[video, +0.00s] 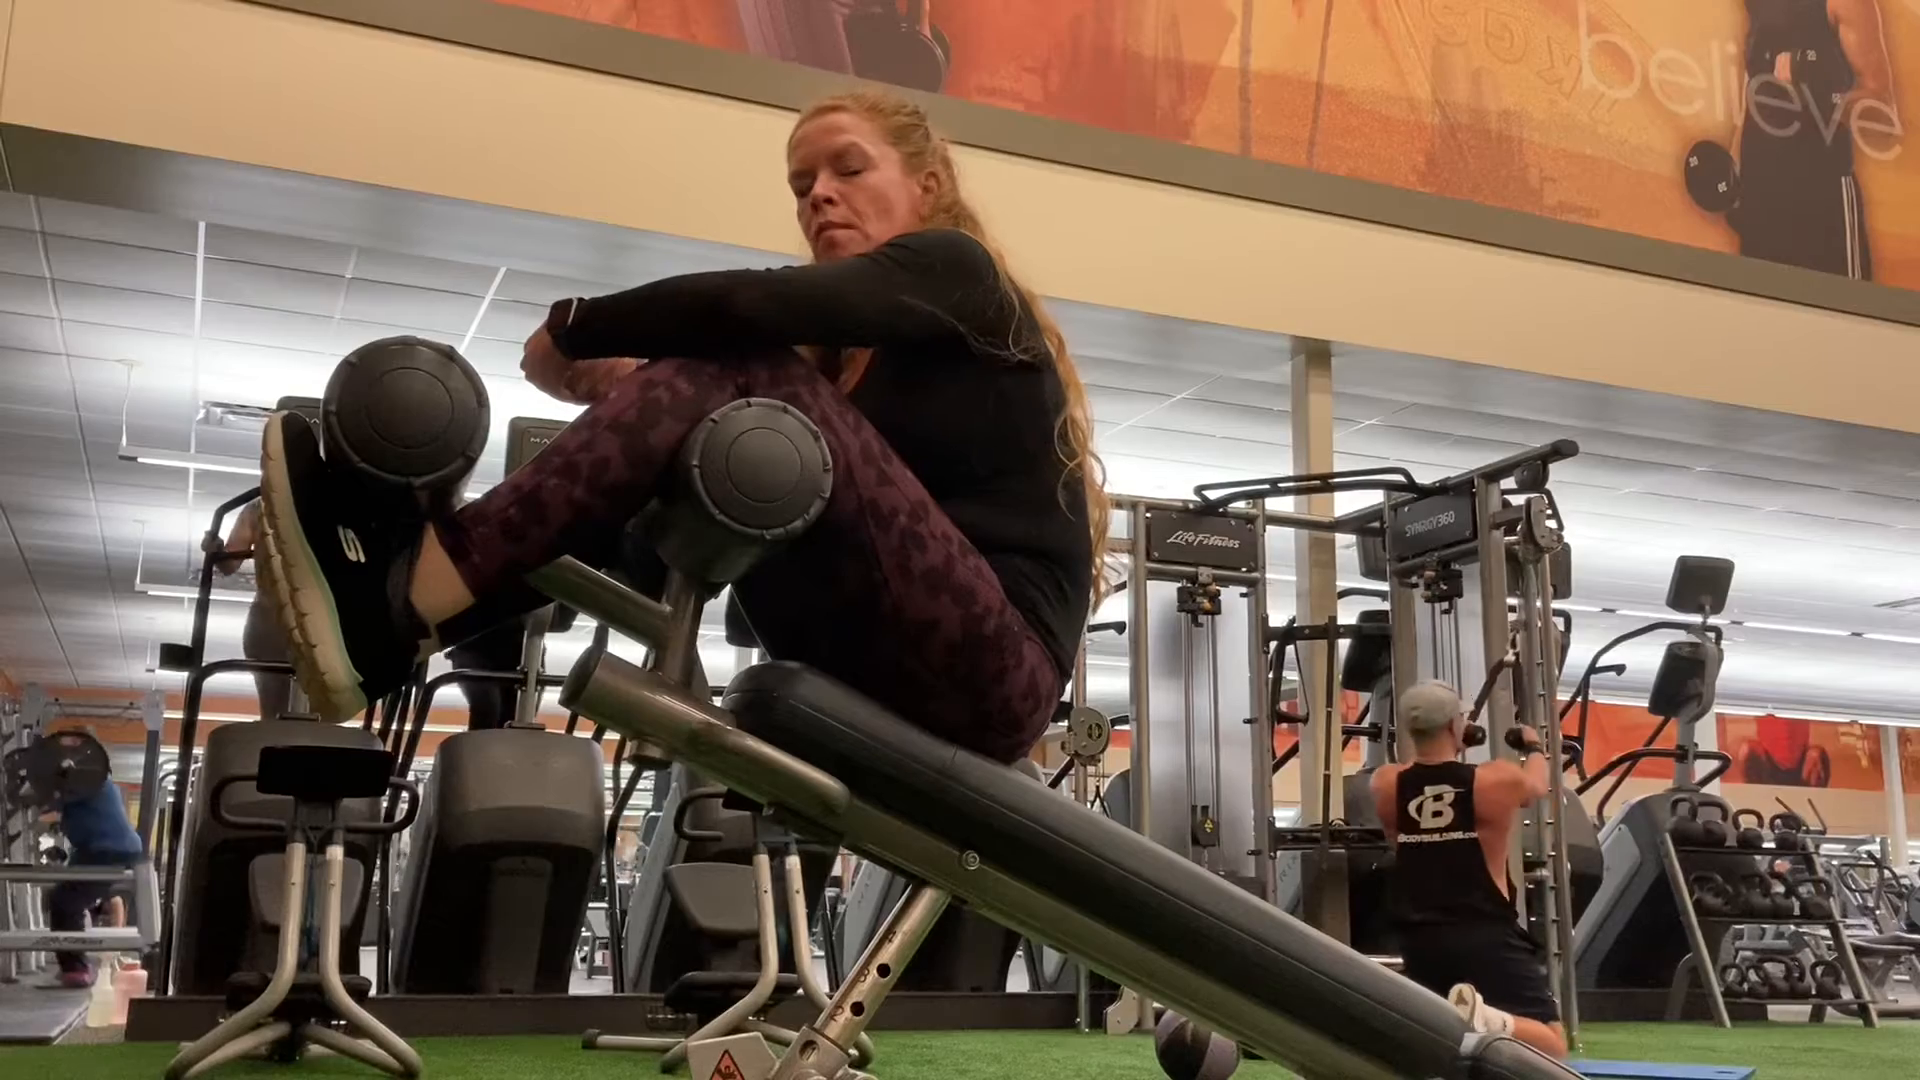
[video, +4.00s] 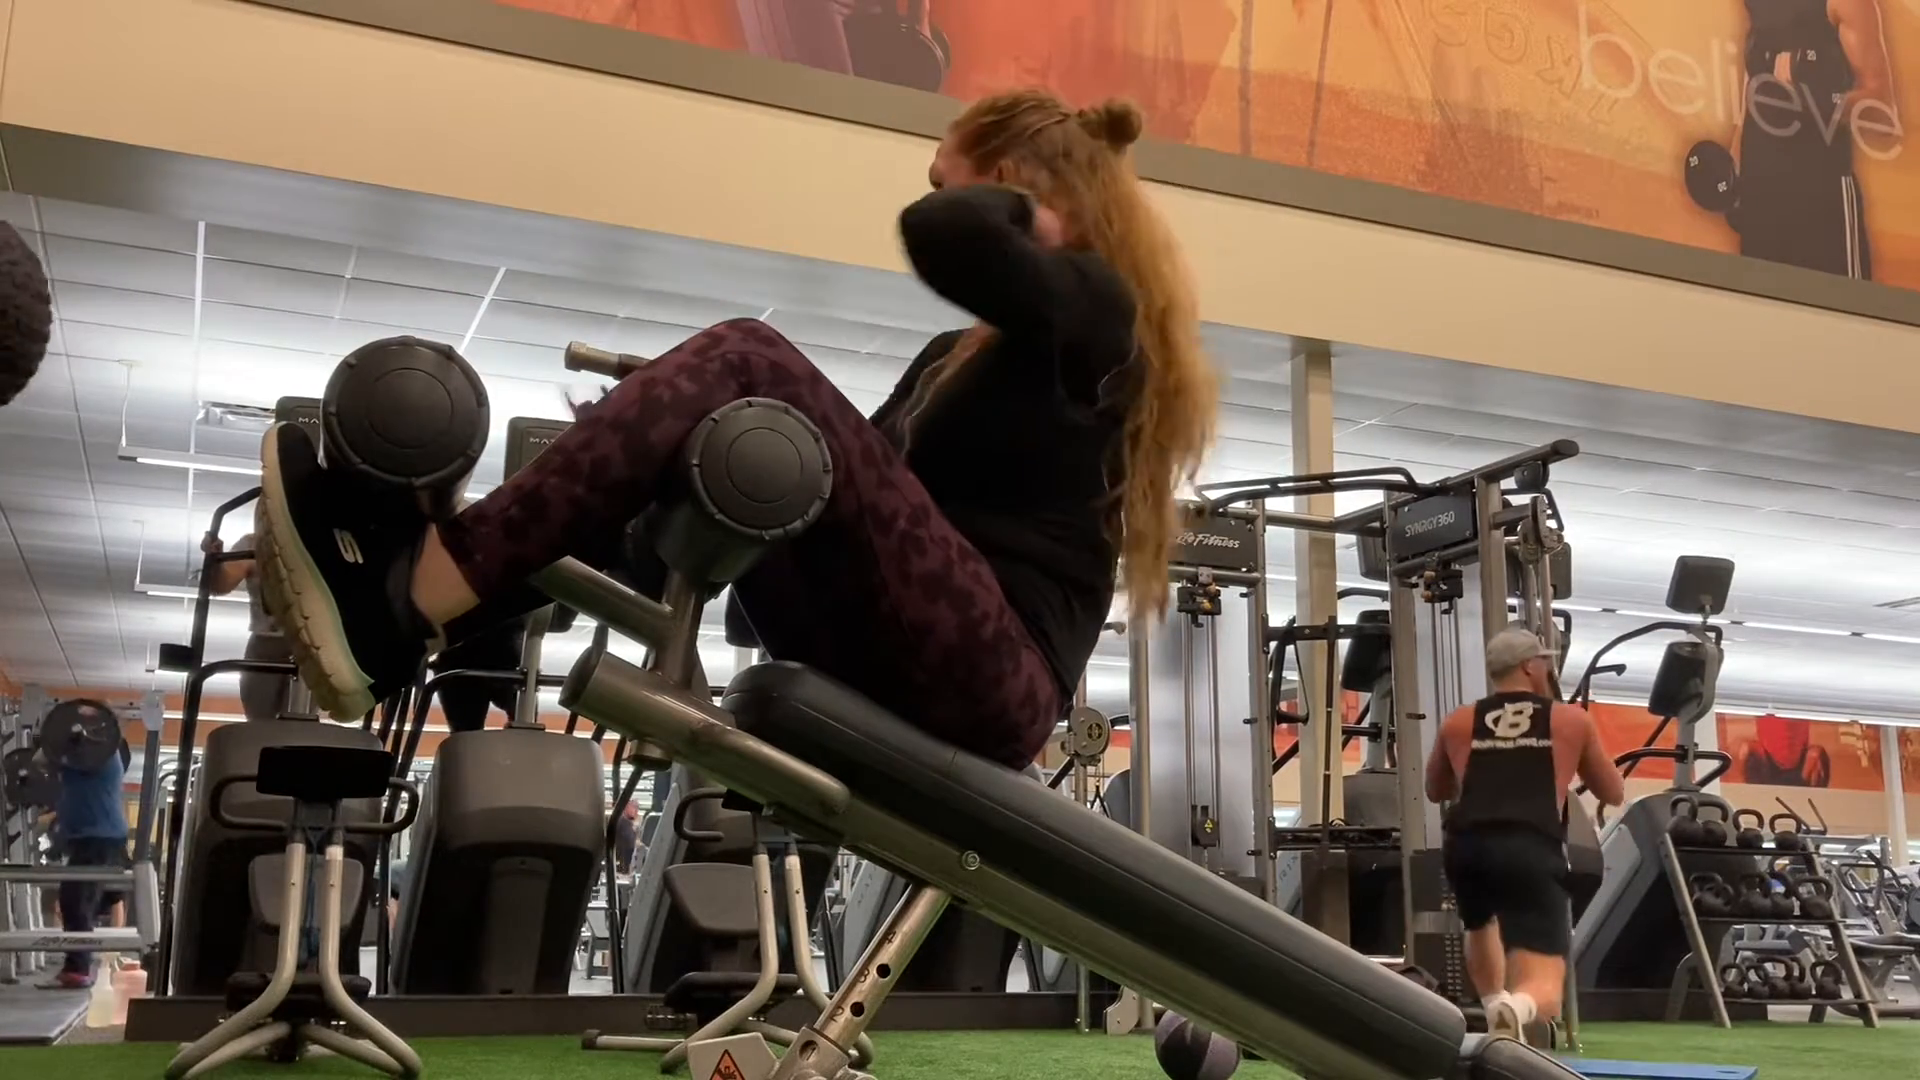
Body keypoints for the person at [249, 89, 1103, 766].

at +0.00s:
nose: (818, 197)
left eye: (847, 170)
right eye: (803, 184)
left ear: (926, 182)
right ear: (796, 208)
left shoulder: (959, 270)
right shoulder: (840, 335)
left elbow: (756, 303)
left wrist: (568, 336)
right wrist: (631, 386)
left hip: (990, 668)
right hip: (869, 658)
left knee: (759, 369)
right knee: (695, 408)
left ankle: (425, 592)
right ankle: (410, 589)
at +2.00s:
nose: (880, 212)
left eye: (911, 186)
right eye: (871, 198)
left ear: (989, 204)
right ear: (870, 228)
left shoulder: (1010, 284)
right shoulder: (891, 344)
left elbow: (859, 371)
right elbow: (772, 377)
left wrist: (654, 388)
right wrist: (663, 399)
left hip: (992, 677)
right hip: (869, 652)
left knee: (783, 401)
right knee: (735, 354)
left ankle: (425, 600)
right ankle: (414, 596)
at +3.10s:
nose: (867, 224)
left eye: (896, 194)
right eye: (863, 204)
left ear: (982, 198)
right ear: (876, 225)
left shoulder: (1022, 295)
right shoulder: (919, 341)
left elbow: (884, 383)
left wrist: (660, 376)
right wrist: (704, 348)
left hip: (994, 676)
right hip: (885, 651)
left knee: (781, 390)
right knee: (735, 356)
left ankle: (441, 583)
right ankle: (420, 593)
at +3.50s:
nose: (890, 239)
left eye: (915, 211)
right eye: (885, 217)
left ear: (999, 208)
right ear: (892, 224)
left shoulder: (1040, 301)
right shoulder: (909, 330)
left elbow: (933, 374)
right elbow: (807, 387)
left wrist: (721, 271)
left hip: (997, 671)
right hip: (891, 647)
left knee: (746, 364)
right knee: (717, 404)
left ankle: (429, 592)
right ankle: (411, 592)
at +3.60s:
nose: (883, 230)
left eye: (905, 204)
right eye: (887, 205)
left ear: (990, 205)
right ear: (980, 207)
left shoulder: (1041, 295)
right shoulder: (939, 342)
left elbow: (945, 373)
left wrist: (757, 242)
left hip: (996, 669)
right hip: (906, 653)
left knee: (758, 359)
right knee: (707, 429)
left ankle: (436, 585)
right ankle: (401, 594)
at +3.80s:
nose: (924, 199)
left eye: (946, 175)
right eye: (930, 176)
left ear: (1015, 188)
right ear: (1009, 191)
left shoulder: (1065, 299)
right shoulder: (994, 322)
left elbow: (876, 327)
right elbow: (883, 483)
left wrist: (893, 218)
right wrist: (784, 340)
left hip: (993, 675)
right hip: (917, 658)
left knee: (752, 358)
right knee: (714, 419)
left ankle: (427, 594)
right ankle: (411, 583)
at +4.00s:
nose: (945, 216)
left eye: (964, 202)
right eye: (946, 198)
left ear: (1039, 198)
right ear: (1019, 204)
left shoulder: (1099, 308)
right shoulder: (959, 353)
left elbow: (941, 225)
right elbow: (859, 464)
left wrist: (1018, 239)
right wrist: (662, 401)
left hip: (992, 675)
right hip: (895, 653)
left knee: (752, 358)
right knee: (706, 432)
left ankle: (424, 599)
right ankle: (403, 590)